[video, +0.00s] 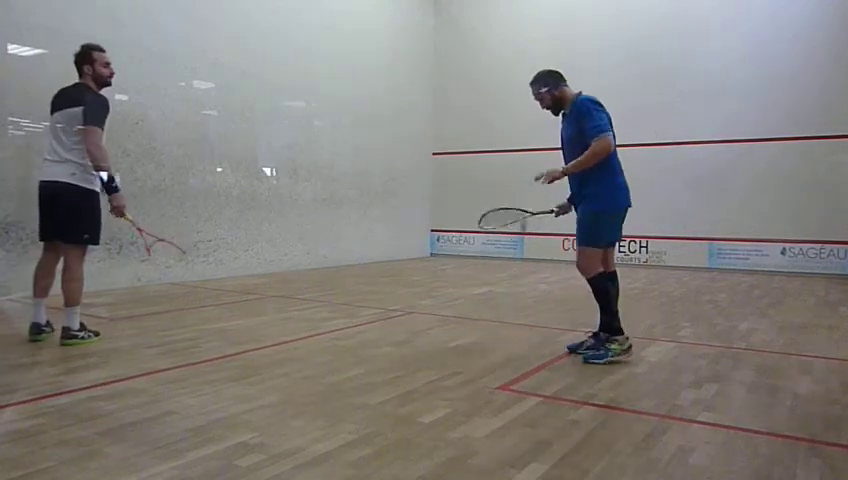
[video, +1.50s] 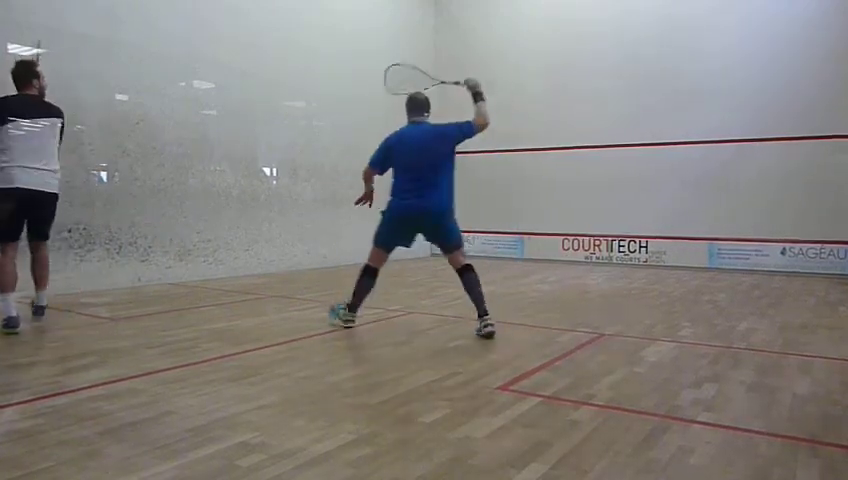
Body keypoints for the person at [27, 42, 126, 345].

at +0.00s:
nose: (111, 70)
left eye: (110, 65)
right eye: (105, 65)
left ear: (84, 70)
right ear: (87, 68)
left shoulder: (59, 96)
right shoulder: (95, 100)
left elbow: (64, 144)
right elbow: (94, 146)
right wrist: (114, 190)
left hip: (49, 185)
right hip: (78, 188)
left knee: (50, 252)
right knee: (74, 258)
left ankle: (37, 321)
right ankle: (72, 327)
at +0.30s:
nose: (111, 68)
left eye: (110, 63)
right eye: (105, 64)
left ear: (84, 70)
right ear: (86, 68)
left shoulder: (60, 95)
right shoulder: (95, 99)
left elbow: (65, 144)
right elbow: (96, 144)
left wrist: (95, 170)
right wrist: (120, 186)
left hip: (51, 184)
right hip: (79, 187)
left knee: (52, 250)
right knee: (75, 256)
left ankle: (38, 320)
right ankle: (72, 326)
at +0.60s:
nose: (113, 73)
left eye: (112, 68)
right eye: (108, 69)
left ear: (85, 74)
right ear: (90, 72)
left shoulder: (55, 97)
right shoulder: (96, 103)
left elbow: (41, 143)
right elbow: (99, 148)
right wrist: (122, 190)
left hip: (43, 184)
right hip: (75, 189)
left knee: (44, 249)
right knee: (71, 257)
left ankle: (29, 317)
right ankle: (72, 326)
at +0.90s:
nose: (92, 78)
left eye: (90, 73)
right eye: (87, 74)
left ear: (64, 78)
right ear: (71, 77)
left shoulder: (30, 103)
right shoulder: (83, 108)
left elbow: (13, 148)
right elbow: (91, 153)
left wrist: (22, 181)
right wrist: (105, 190)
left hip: (30, 190)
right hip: (69, 193)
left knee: (25, 251)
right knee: (70, 258)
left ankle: (12, 315)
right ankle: (72, 324)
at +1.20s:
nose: (56, 76)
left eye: (53, 71)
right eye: (52, 71)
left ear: (27, 78)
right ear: (42, 76)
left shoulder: (5, 102)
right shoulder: (59, 108)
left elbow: (3, 143)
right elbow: (75, 154)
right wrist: (65, 162)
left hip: (10, 189)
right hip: (48, 191)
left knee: (11, 249)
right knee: (60, 247)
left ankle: (10, 314)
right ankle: (62, 303)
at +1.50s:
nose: (44, 82)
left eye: (42, 77)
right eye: (42, 77)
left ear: (15, 83)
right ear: (35, 81)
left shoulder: (4, 106)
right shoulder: (55, 113)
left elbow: (3, 142)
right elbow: (55, 146)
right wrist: (42, 100)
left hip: (10, 187)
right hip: (46, 189)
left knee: (7, 250)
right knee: (40, 246)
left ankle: (9, 313)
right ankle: (40, 304)